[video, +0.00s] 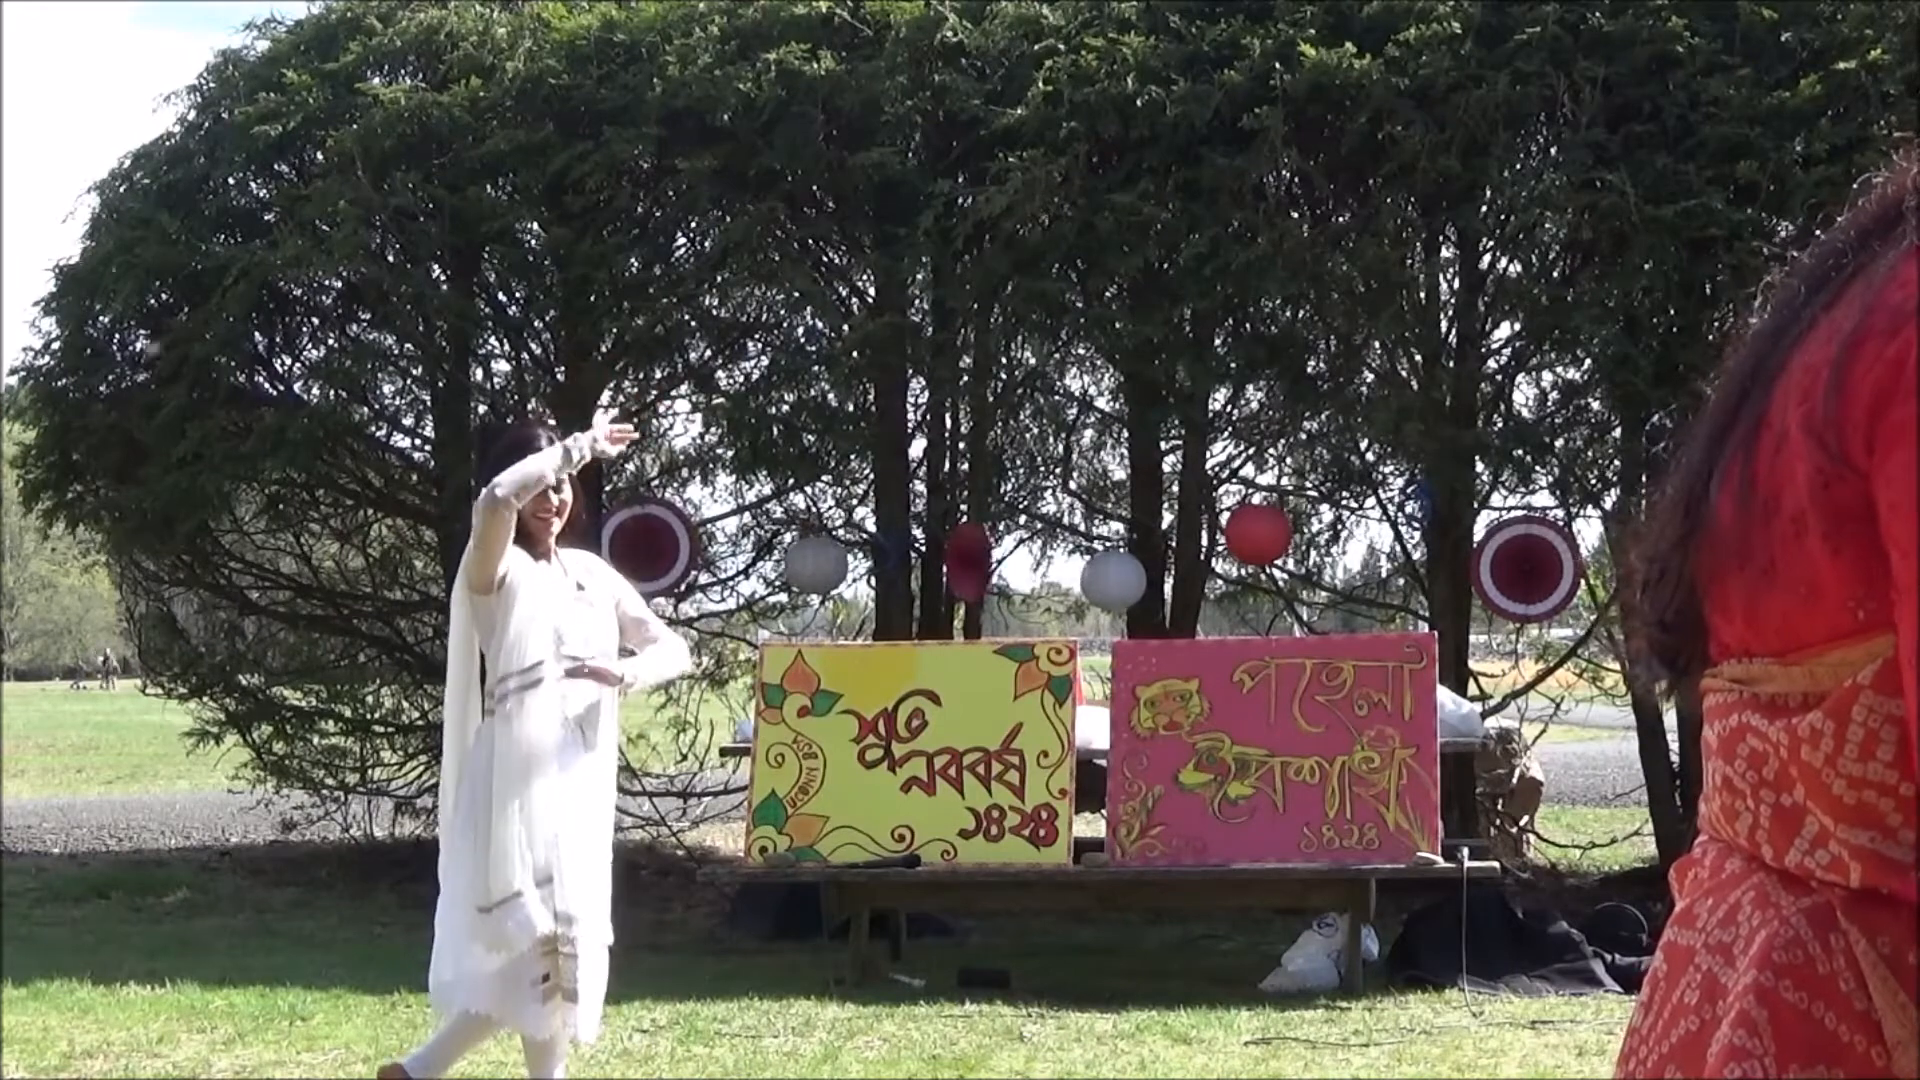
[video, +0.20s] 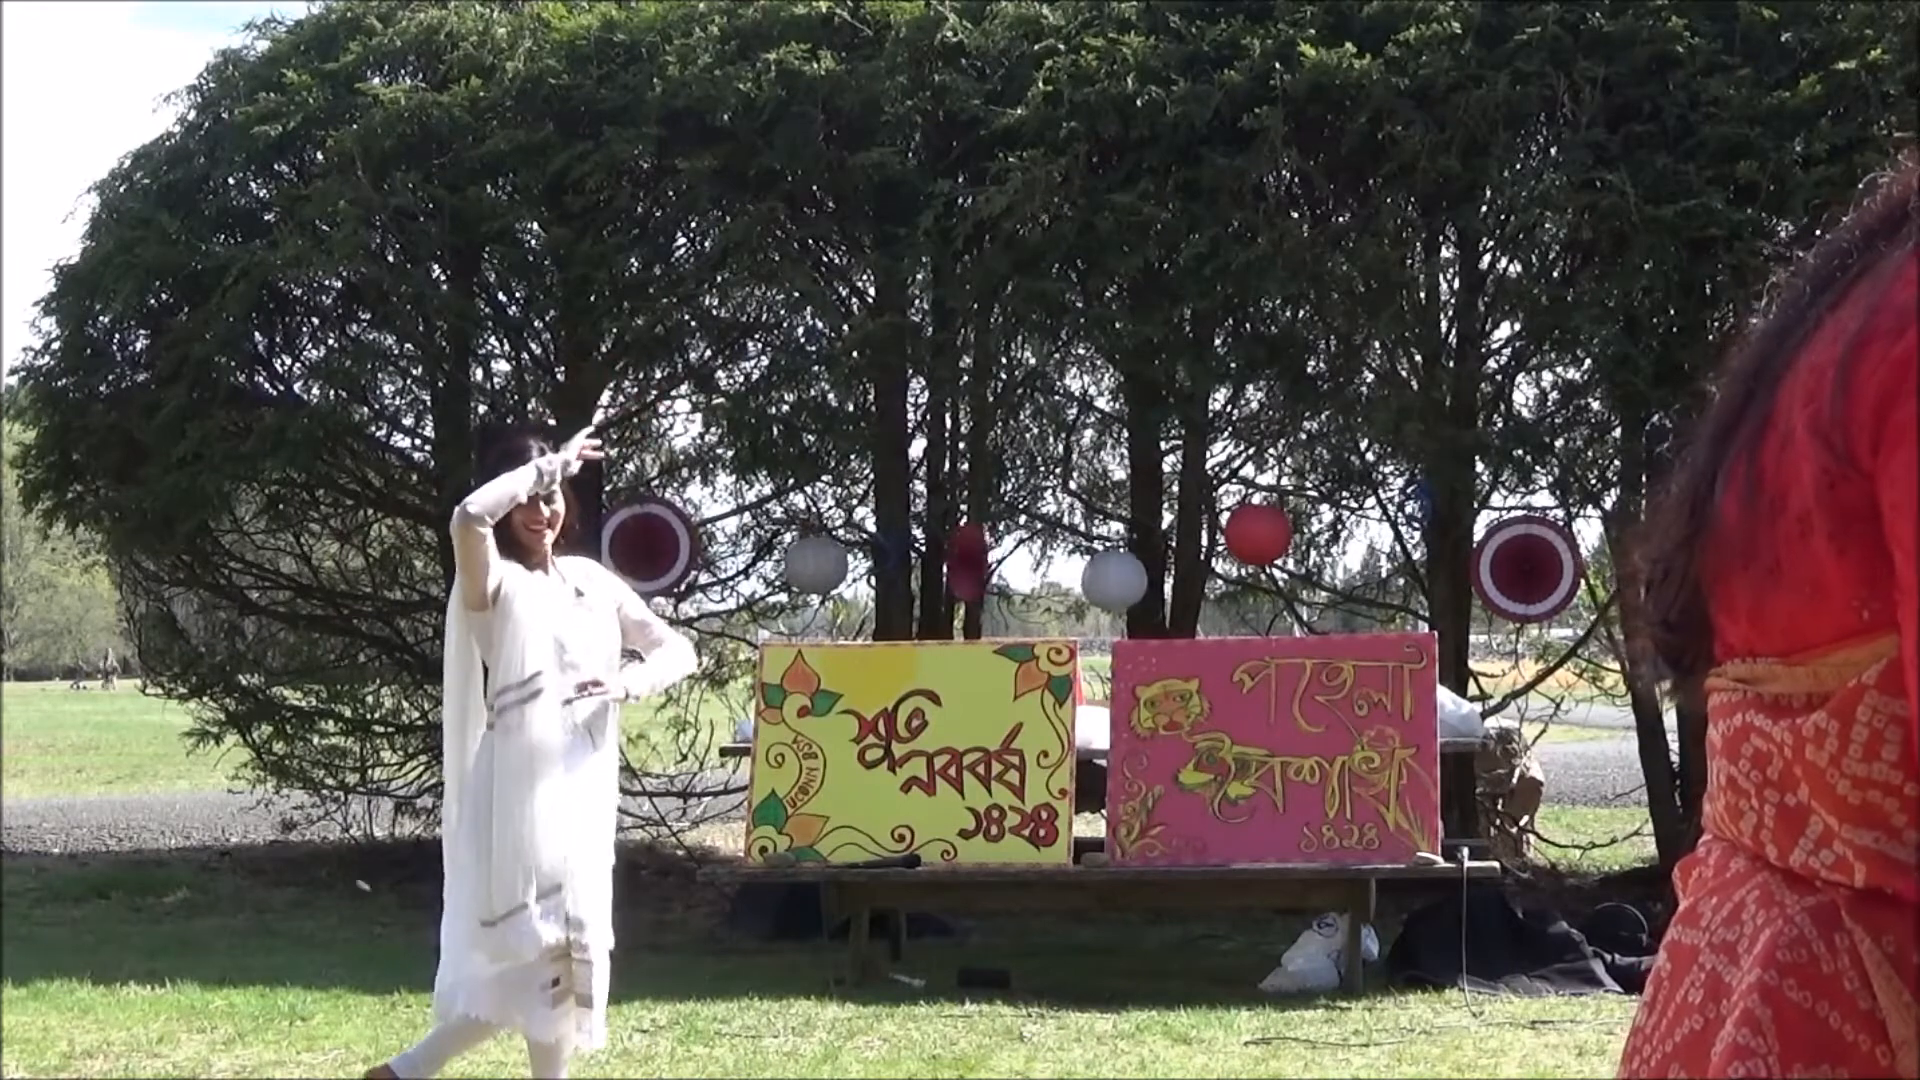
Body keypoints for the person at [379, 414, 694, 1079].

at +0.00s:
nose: (550, 499)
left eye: (560, 486)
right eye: (536, 488)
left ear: (575, 495)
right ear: (509, 498)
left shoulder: (591, 572)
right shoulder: (493, 573)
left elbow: (673, 649)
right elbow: (498, 496)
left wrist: (629, 672)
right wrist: (585, 443)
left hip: (582, 779)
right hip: (515, 776)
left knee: (549, 953)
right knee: (543, 946)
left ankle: (416, 1069)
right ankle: (548, 1070)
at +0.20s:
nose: (543, 509)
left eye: (552, 494)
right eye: (528, 496)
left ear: (566, 502)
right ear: (502, 508)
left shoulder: (591, 579)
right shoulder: (490, 583)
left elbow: (677, 650)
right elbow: (469, 517)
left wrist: (625, 682)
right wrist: (552, 464)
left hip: (583, 784)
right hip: (516, 783)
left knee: (551, 959)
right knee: (541, 954)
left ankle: (403, 1070)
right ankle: (550, 1072)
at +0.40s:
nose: (534, 516)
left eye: (544, 502)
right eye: (518, 505)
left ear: (560, 510)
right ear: (497, 516)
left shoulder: (589, 583)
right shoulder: (488, 589)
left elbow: (685, 653)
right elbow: (462, 516)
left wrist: (631, 673)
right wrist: (538, 467)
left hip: (587, 786)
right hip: (515, 786)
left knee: (579, 949)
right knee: (542, 954)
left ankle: (421, 947)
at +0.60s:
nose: (524, 515)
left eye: (536, 499)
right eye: (509, 504)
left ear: (556, 503)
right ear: (490, 516)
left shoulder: (589, 580)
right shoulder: (482, 586)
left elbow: (680, 653)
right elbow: (459, 504)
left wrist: (627, 683)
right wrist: (542, 459)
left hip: (587, 779)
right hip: (510, 780)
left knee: (584, 941)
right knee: (541, 941)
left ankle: (422, 974)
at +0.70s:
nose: (522, 513)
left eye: (533, 497)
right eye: (508, 503)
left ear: (553, 500)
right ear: (489, 516)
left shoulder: (588, 576)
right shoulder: (481, 582)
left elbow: (677, 654)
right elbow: (458, 503)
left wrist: (625, 686)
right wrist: (541, 458)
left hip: (581, 791)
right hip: (508, 790)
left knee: (563, 966)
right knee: (540, 965)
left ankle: (425, 1072)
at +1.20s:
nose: (526, 493)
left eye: (538, 477)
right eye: (512, 480)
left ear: (559, 481)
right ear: (490, 491)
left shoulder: (589, 553)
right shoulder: (485, 558)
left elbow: (674, 632)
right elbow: (471, 470)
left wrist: (628, 673)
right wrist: (576, 433)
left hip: (580, 775)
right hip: (510, 774)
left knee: (513, 952)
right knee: (541, 944)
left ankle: (411, 1071)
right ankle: (544, 1073)